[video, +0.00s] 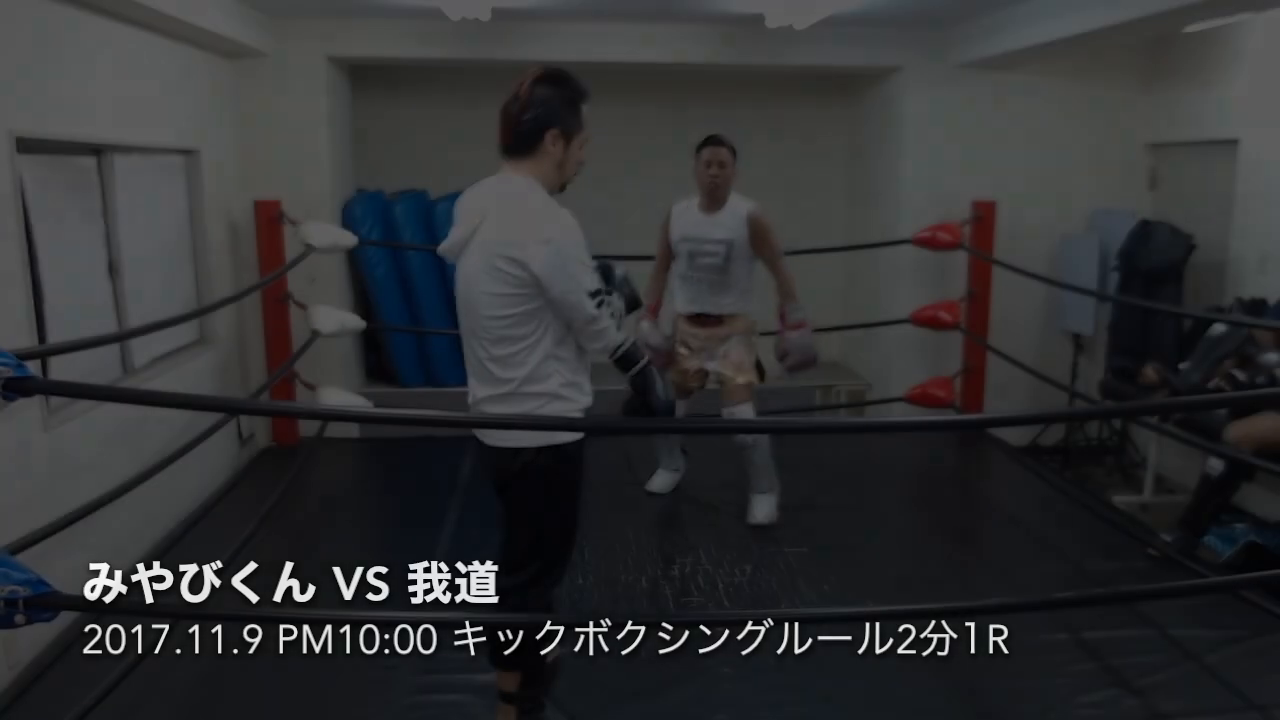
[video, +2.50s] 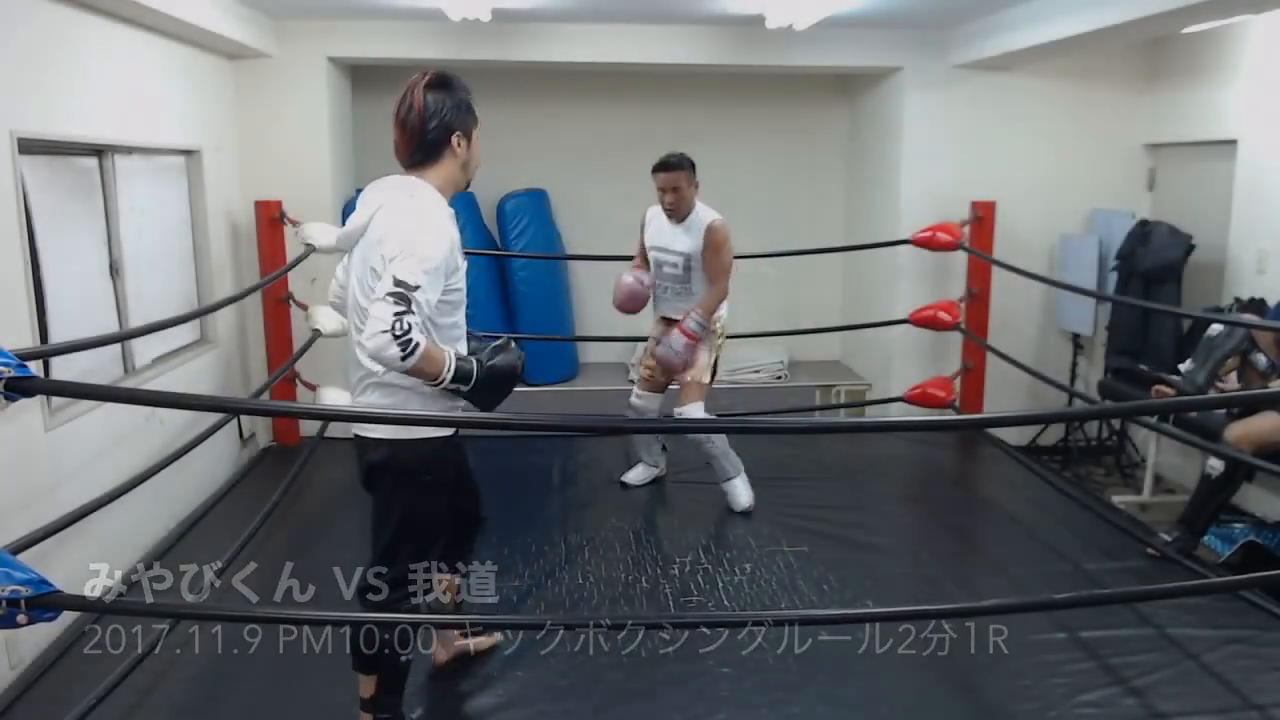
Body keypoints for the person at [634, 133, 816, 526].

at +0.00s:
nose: (714, 172)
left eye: (722, 165)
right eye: (708, 165)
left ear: (734, 172)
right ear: (695, 169)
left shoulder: (748, 218)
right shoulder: (677, 216)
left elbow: (780, 271)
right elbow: (661, 269)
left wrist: (791, 320)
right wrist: (649, 318)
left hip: (732, 333)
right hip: (685, 330)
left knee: (740, 416)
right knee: (670, 404)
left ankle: (764, 490)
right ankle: (671, 463)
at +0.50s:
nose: (739, 187)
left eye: (747, 180)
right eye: (731, 180)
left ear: (760, 184)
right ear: (719, 184)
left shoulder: (777, 233)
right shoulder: (701, 230)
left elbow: (806, 286)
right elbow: (688, 276)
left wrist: (827, 335)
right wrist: (668, 324)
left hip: (770, 348)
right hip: (722, 351)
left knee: (791, 432)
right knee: (695, 422)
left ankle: (828, 509)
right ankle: (710, 463)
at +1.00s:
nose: (681, 195)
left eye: (689, 187)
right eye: (674, 187)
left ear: (708, 184)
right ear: (668, 187)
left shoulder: (730, 221)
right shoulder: (668, 225)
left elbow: (753, 278)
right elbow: (653, 271)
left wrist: (729, 330)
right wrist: (625, 310)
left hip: (736, 323)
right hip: (690, 325)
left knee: (724, 411)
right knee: (666, 398)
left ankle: (755, 469)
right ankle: (651, 456)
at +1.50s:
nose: (695, 196)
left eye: (703, 188)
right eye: (689, 188)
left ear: (722, 181)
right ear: (682, 184)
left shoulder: (742, 221)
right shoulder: (678, 208)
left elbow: (761, 283)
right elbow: (669, 251)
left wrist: (750, 337)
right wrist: (662, 276)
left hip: (729, 325)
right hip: (687, 322)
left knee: (739, 414)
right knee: (663, 401)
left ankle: (789, 486)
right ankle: (664, 458)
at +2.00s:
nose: (701, 210)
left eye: (709, 201)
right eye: (695, 202)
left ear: (729, 194)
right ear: (689, 199)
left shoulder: (753, 234)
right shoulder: (684, 234)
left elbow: (770, 296)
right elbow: (680, 276)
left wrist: (749, 345)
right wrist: (666, 293)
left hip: (758, 338)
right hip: (717, 342)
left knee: (778, 432)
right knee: (700, 427)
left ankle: (816, 515)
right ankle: (727, 472)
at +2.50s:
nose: (667, 199)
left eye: (675, 191)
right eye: (661, 191)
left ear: (695, 187)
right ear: (655, 189)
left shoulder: (713, 229)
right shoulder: (653, 217)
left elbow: (719, 289)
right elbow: (642, 260)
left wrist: (686, 332)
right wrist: (635, 281)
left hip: (702, 324)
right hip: (665, 321)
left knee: (689, 413)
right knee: (642, 403)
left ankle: (732, 477)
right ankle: (653, 461)